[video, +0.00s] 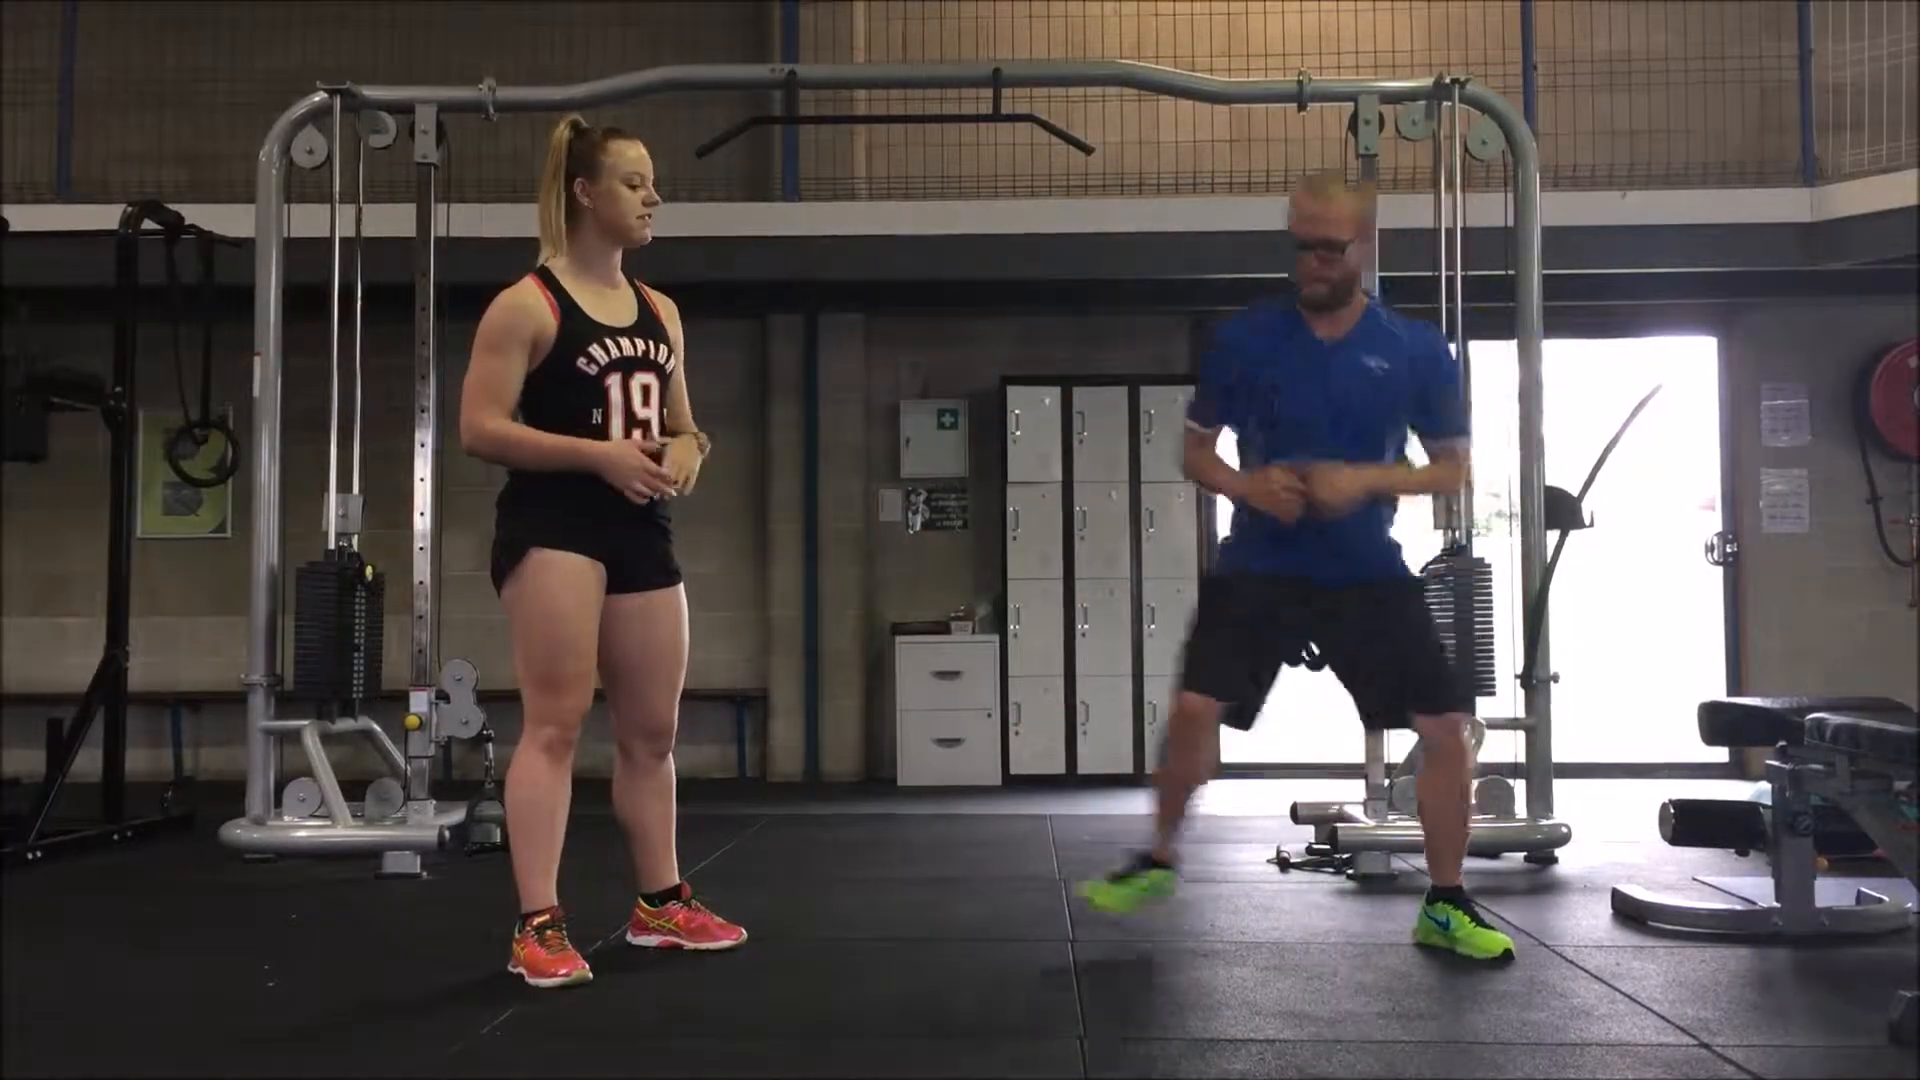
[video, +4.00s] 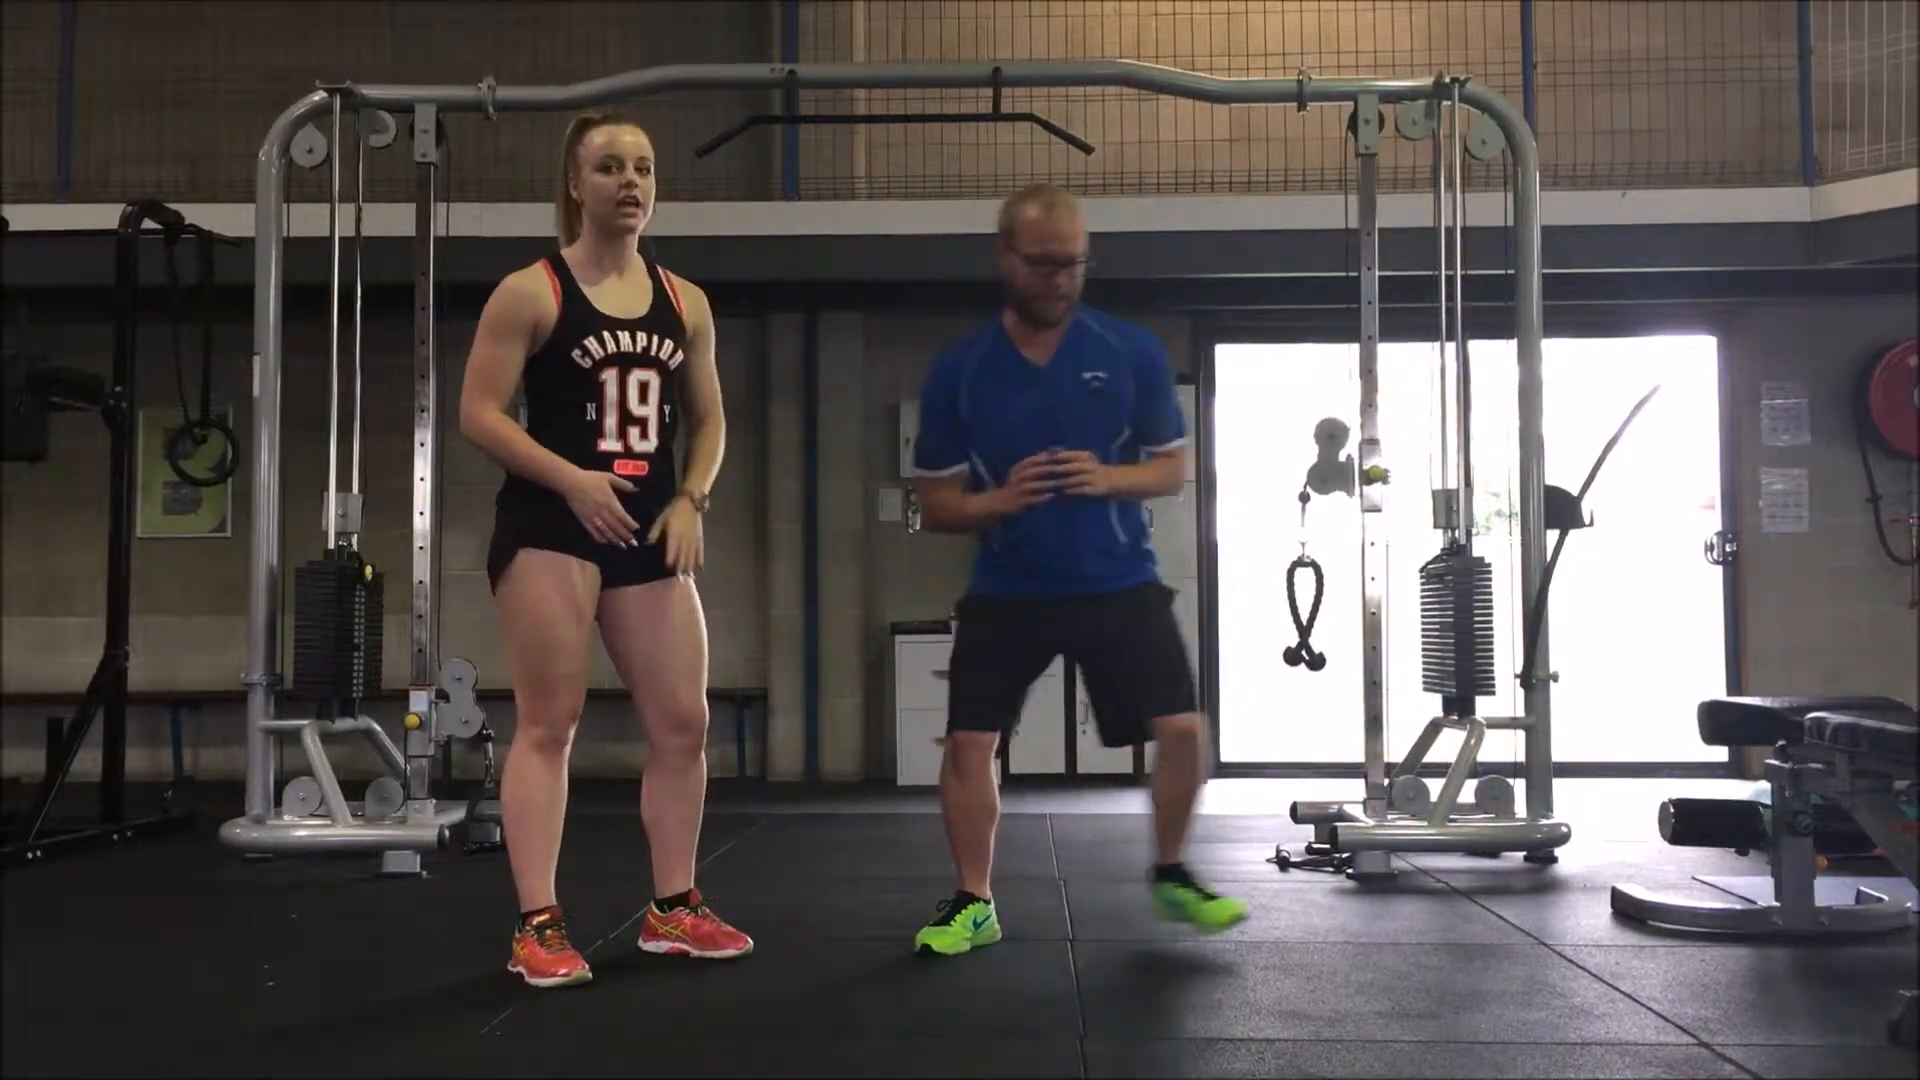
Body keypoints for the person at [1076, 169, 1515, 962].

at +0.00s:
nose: (1313, 263)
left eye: (1332, 249)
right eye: (1302, 246)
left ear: (1368, 248)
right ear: (1288, 242)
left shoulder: (1417, 350)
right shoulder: (1244, 341)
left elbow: (1453, 472)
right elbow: (1194, 452)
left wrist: (1363, 480)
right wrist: (1245, 487)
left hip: (1366, 573)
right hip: (1258, 570)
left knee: (1445, 721)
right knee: (1192, 708)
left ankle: (1447, 900)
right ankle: (1158, 861)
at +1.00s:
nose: (952, 268)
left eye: (965, 251)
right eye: (935, 254)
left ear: (986, 231)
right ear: (904, 236)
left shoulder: (1044, 311)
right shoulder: (872, 337)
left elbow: (1097, 414)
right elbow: (860, 465)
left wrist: (1035, 454)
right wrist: (897, 483)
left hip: (1053, 554)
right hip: (945, 565)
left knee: (1126, 702)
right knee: (934, 728)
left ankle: (1140, 825)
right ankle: (953, 897)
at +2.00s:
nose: (1423, 266)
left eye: (1437, 250)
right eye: (1408, 249)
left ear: (1451, 240)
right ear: (1367, 231)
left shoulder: (1482, 330)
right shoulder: (1309, 330)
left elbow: (1511, 441)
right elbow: (1270, 462)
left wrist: (1464, 453)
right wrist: (1355, 461)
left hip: (1436, 573)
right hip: (1328, 574)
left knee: (1470, 727)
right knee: (1291, 737)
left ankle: (1470, 905)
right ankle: (1271, 855)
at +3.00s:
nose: (1064, 235)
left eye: (1079, 221)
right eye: (1048, 221)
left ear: (1104, 223)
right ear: (1024, 224)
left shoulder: (1151, 324)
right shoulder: (982, 324)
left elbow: (1173, 451)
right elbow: (947, 452)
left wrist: (1088, 423)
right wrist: (1006, 437)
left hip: (1116, 570)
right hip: (1006, 572)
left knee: (1182, 726)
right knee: (974, 732)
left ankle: (1193, 826)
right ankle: (973, 898)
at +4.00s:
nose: (1063, 280)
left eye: (1074, 263)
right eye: (1045, 264)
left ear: (1088, 259)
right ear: (1004, 260)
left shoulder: (1133, 353)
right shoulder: (960, 373)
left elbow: (1172, 467)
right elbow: (936, 507)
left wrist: (1108, 478)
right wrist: (1001, 498)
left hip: (1119, 588)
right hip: (1008, 592)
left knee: (1182, 729)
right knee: (969, 742)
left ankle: (1169, 872)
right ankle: (974, 900)